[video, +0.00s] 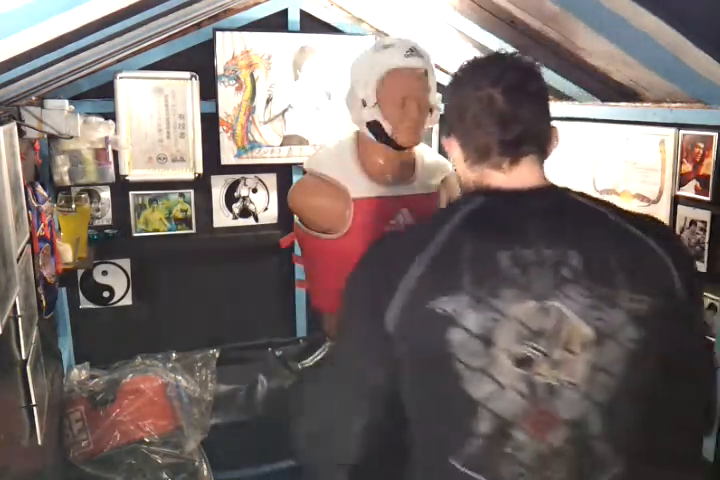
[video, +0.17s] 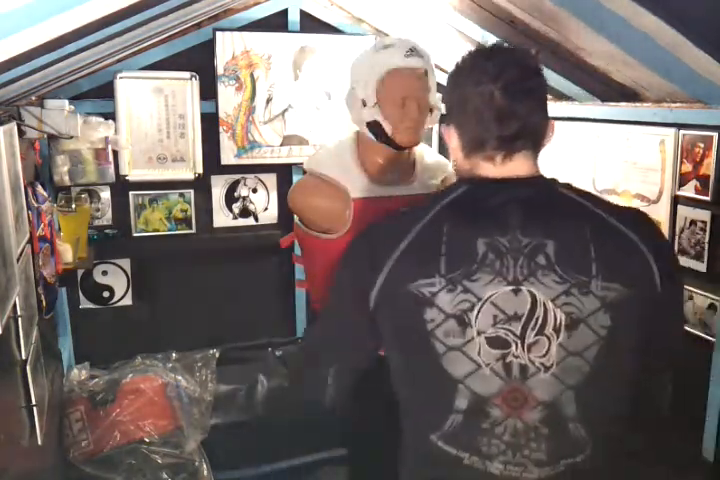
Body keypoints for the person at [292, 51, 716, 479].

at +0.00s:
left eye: (437, 132)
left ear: (451, 147)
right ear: (551, 139)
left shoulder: (396, 265)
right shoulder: (655, 249)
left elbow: (336, 445)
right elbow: (689, 423)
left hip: (453, 470)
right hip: (618, 472)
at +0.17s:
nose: (436, 133)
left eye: (436, 122)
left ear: (449, 136)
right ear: (548, 133)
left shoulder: (387, 245)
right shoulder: (638, 241)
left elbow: (326, 385)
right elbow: (658, 403)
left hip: (439, 467)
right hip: (591, 469)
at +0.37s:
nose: (463, 134)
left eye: (464, 123)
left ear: (474, 134)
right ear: (565, 129)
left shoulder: (427, 237)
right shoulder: (647, 231)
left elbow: (358, 378)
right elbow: (672, 389)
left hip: (466, 460)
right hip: (603, 462)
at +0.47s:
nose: (480, 146)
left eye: (480, 132)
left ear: (491, 139)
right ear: (575, 130)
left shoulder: (463, 241)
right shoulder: (659, 237)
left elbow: (396, 398)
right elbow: (677, 396)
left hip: (487, 464)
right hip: (624, 465)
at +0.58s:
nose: (491, 150)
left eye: (491, 137)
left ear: (500, 140)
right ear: (583, 133)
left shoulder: (474, 242)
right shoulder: (661, 239)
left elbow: (421, 412)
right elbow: (670, 397)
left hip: (501, 464)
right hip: (624, 464)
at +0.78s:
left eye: (474, 139)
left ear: (485, 149)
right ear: (565, 140)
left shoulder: (448, 231)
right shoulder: (636, 234)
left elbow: (371, 373)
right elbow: (635, 351)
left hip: (465, 458)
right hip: (590, 458)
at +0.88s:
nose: (471, 155)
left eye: (469, 143)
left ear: (479, 150)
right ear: (557, 141)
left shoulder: (438, 235)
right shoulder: (631, 249)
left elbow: (363, 350)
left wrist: (377, 463)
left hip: (452, 461)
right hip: (574, 463)